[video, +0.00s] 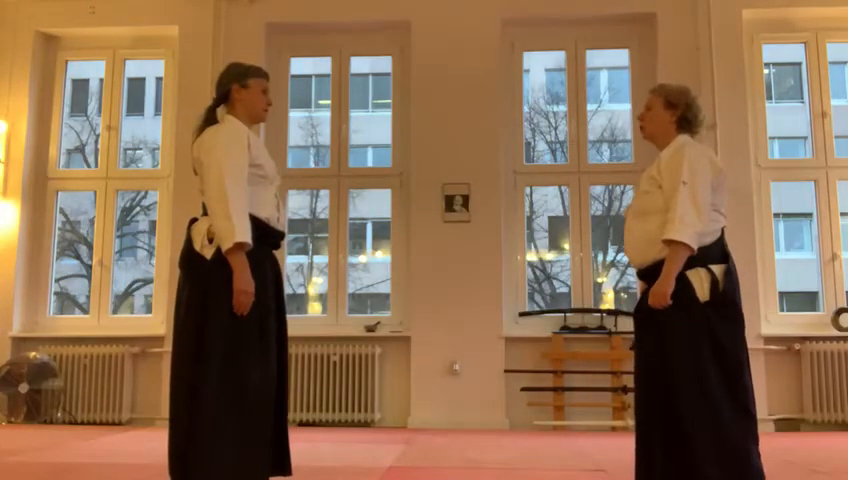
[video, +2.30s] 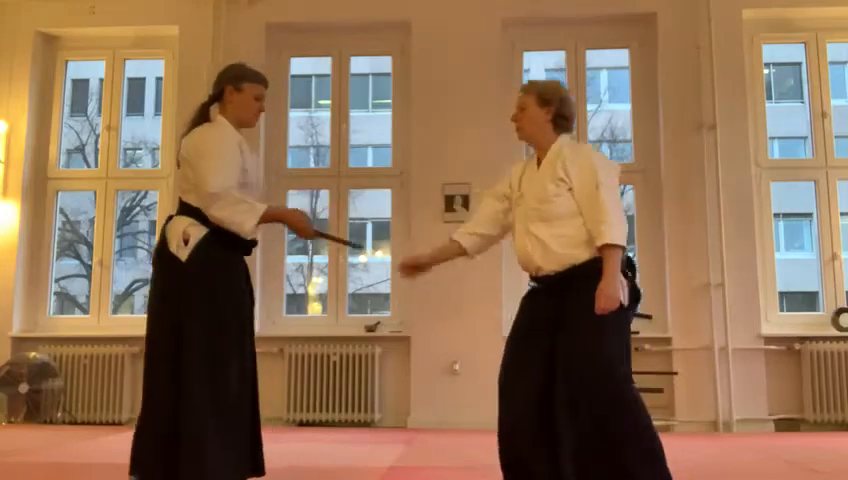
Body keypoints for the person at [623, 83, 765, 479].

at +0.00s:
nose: (641, 117)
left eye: (648, 109)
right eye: (643, 110)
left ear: (672, 113)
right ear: (668, 114)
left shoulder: (688, 152)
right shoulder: (671, 157)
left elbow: (688, 218)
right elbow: (677, 220)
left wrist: (667, 276)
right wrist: (654, 277)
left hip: (689, 282)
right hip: (667, 283)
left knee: (692, 394)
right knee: (668, 394)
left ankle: (703, 475)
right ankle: (676, 474)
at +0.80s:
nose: (626, 120)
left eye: (633, 113)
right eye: (628, 113)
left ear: (659, 119)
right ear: (649, 120)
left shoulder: (675, 152)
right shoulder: (645, 166)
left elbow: (685, 212)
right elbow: (637, 239)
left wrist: (668, 269)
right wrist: (591, 272)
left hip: (688, 279)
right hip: (659, 283)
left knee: (687, 387)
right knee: (653, 388)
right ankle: (661, 472)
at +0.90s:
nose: (622, 120)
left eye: (629, 113)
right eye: (624, 113)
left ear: (654, 116)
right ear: (646, 118)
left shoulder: (673, 152)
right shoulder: (640, 171)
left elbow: (684, 213)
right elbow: (616, 236)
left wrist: (668, 270)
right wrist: (562, 231)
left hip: (684, 282)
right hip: (656, 287)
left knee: (685, 390)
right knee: (645, 391)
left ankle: (694, 472)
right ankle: (653, 473)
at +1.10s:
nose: (612, 117)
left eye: (620, 108)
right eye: (614, 109)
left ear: (646, 112)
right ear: (640, 115)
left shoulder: (665, 149)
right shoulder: (626, 170)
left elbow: (677, 210)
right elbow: (576, 204)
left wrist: (665, 271)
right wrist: (555, 163)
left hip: (667, 281)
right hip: (634, 286)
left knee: (674, 392)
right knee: (636, 394)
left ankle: (688, 472)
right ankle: (640, 473)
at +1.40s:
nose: (580, 110)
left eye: (588, 103)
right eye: (582, 103)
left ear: (615, 108)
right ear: (605, 111)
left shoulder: (645, 153)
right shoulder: (584, 166)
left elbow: (661, 211)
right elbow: (535, 195)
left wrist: (655, 270)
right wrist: (500, 160)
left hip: (646, 280)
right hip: (601, 287)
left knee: (651, 385)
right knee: (570, 379)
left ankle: (667, 471)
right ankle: (570, 471)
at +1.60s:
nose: (541, 116)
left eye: (547, 108)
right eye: (542, 108)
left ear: (575, 112)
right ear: (567, 115)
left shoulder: (614, 158)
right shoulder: (545, 172)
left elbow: (642, 212)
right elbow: (496, 208)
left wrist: (647, 268)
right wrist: (448, 193)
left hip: (622, 282)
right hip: (570, 291)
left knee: (638, 390)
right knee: (548, 388)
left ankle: (665, 474)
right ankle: (552, 474)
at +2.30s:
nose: (514, 118)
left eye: (521, 110)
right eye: (515, 111)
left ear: (547, 112)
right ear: (538, 114)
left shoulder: (585, 158)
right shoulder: (519, 175)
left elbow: (610, 215)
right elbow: (482, 228)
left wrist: (611, 276)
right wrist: (431, 258)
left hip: (594, 284)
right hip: (546, 292)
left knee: (600, 390)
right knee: (520, 386)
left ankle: (641, 477)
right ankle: (532, 476)